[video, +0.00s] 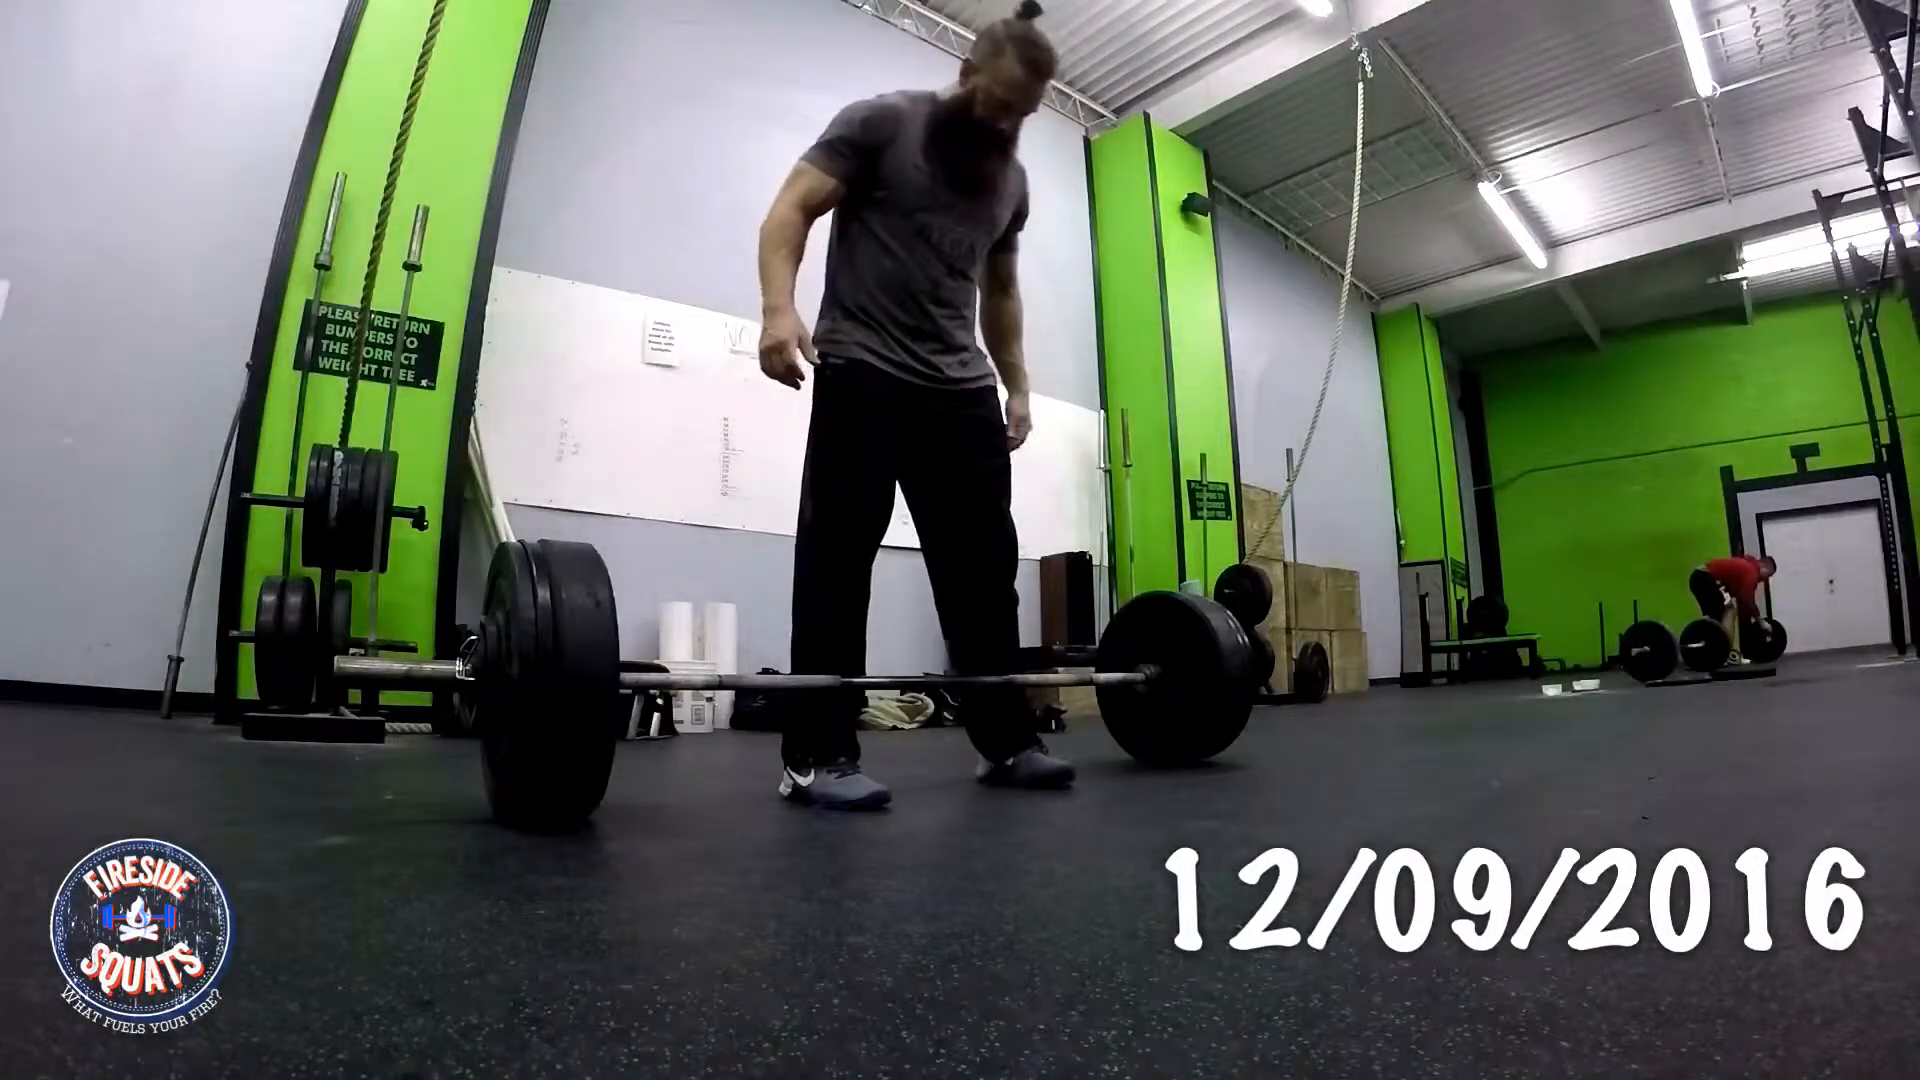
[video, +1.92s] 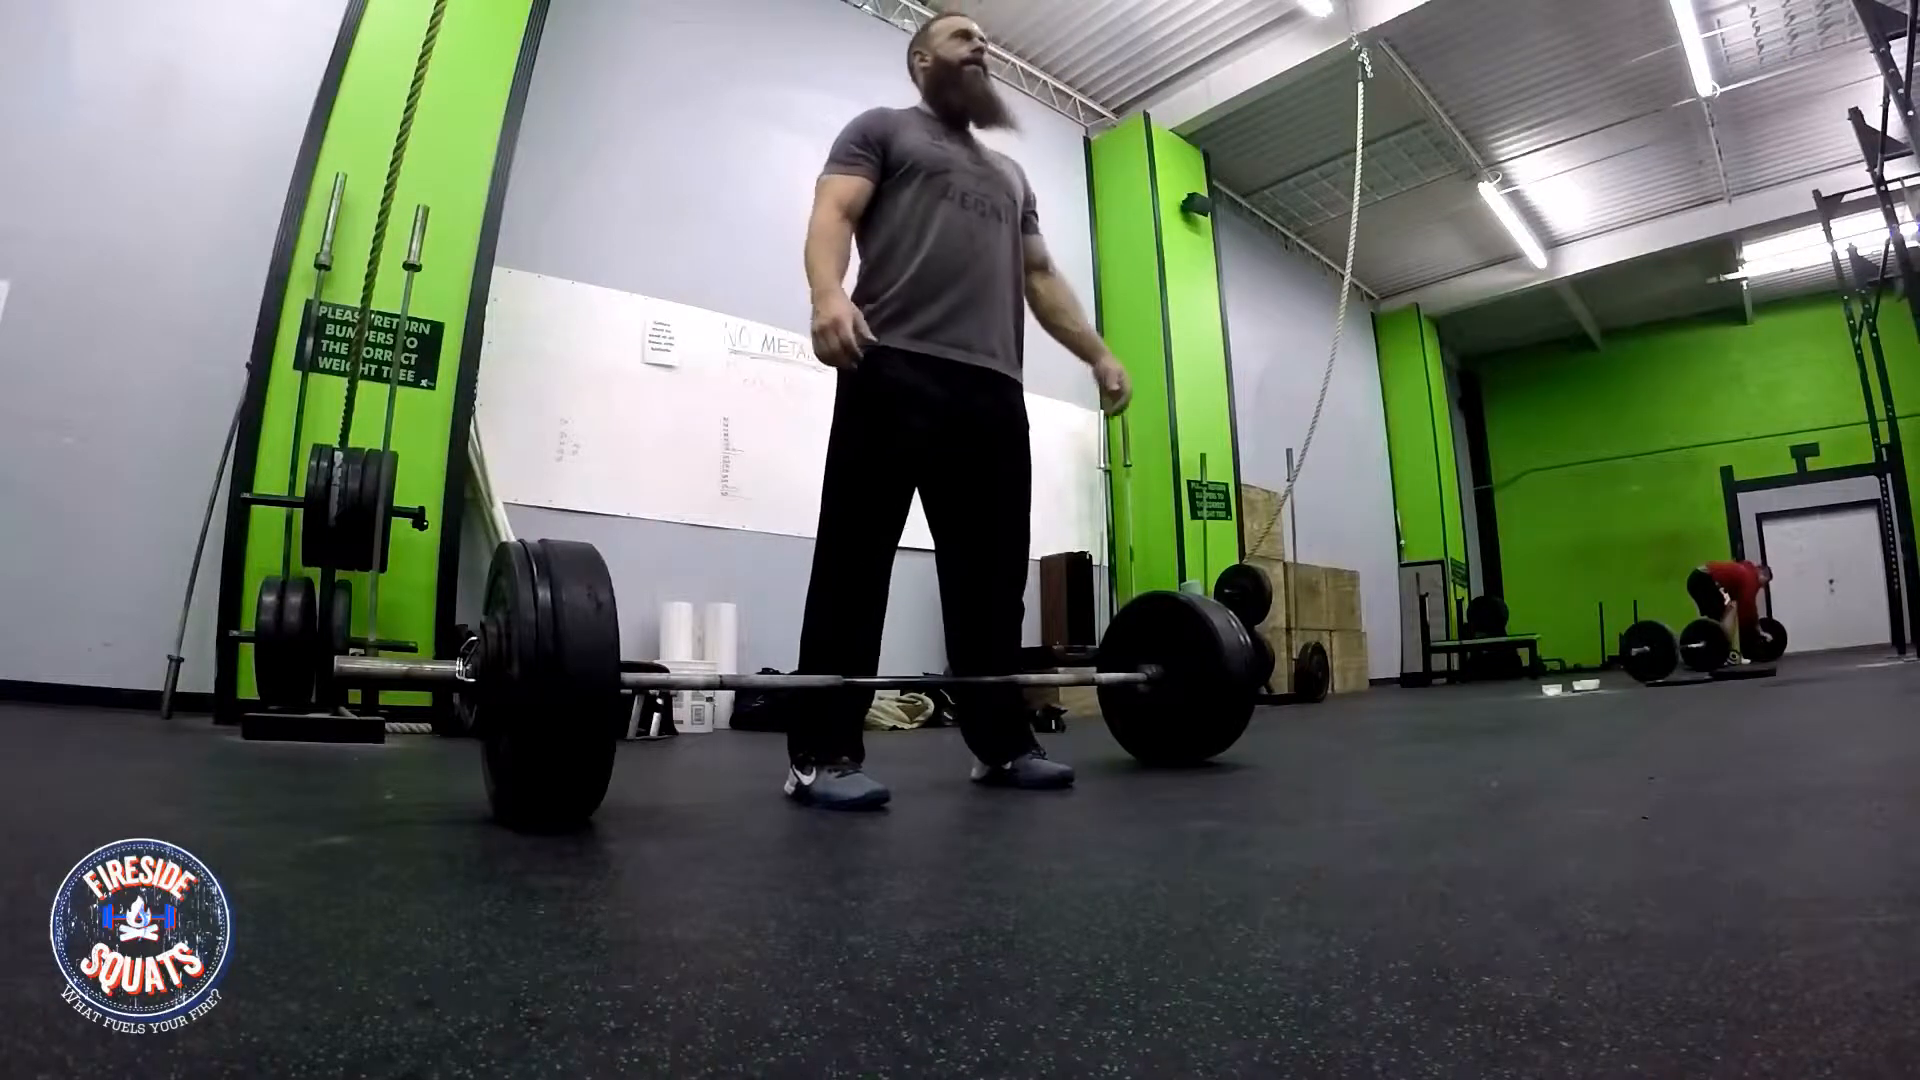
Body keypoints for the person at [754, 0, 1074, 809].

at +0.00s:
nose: (1002, 121)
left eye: (1017, 111)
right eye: (994, 103)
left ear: (1036, 101)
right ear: (967, 72)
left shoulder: (1011, 182)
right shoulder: (882, 123)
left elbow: (1000, 290)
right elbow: (789, 214)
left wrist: (1018, 387)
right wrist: (778, 314)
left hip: (959, 388)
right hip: (860, 373)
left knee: (982, 563)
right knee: (836, 563)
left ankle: (1006, 745)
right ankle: (818, 758)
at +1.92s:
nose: (980, 49)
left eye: (984, 43)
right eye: (960, 39)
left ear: (989, 70)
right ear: (919, 63)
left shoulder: (1010, 176)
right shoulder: (883, 128)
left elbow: (1040, 277)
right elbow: (832, 213)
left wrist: (1099, 353)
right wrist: (827, 295)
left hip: (989, 390)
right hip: (891, 373)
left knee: (990, 572)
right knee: (855, 565)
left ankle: (1003, 747)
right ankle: (824, 758)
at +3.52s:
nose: (1038, 137)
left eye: (1052, 126)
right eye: (1032, 116)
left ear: (1059, 130)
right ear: (997, 95)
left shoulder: (1032, 224)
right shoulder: (909, 154)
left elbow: (1031, 322)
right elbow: (806, 243)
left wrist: (1027, 394)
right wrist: (862, 332)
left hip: (937, 403)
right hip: (846, 388)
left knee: (994, 550)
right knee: (833, 562)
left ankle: (1008, 743)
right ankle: (818, 758)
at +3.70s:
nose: (1078, 225)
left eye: (1089, 213)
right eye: (1075, 206)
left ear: (1092, 203)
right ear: (1040, 172)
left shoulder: (1050, 278)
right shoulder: (933, 202)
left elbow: (1054, 385)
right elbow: (835, 309)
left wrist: (1057, 482)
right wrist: (898, 409)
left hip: (928, 410)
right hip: (843, 388)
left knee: (993, 553)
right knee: (832, 558)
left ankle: (1006, 745)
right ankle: (818, 759)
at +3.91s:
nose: (1111, 346)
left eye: (1122, 336)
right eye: (1110, 329)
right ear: (1079, 289)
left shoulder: (1076, 355)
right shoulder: (961, 275)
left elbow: (1084, 465)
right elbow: (856, 383)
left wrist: (1097, 583)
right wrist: (908, 502)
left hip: (934, 425)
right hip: (845, 399)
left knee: (1001, 552)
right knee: (838, 558)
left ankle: (1008, 745)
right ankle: (819, 760)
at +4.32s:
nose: (1127, 455)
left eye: (1137, 451)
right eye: (1129, 444)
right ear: (1104, 402)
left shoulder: (1104, 426)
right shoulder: (1001, 342)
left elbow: (1120, 531)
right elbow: (869, 411)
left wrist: (1117, 648)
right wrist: (925, 525)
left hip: (959, 442)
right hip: (862, 407)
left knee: (1018, 559)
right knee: (847, 554)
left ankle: (1009, 743)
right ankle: (818, 758)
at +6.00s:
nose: (1071, 442)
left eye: (1091, 441)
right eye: (1077, 422)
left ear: (1117, 434)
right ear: (1072, 368)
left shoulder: (1100, 435)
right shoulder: (979, 345)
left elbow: (1124, 542)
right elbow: (829, 402)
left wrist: (1119, 652)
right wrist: (855, 544)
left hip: (952, 458)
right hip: (862, 428)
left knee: (1024, 559)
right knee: (847, 561)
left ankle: (1011, 744)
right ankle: (819, 760)